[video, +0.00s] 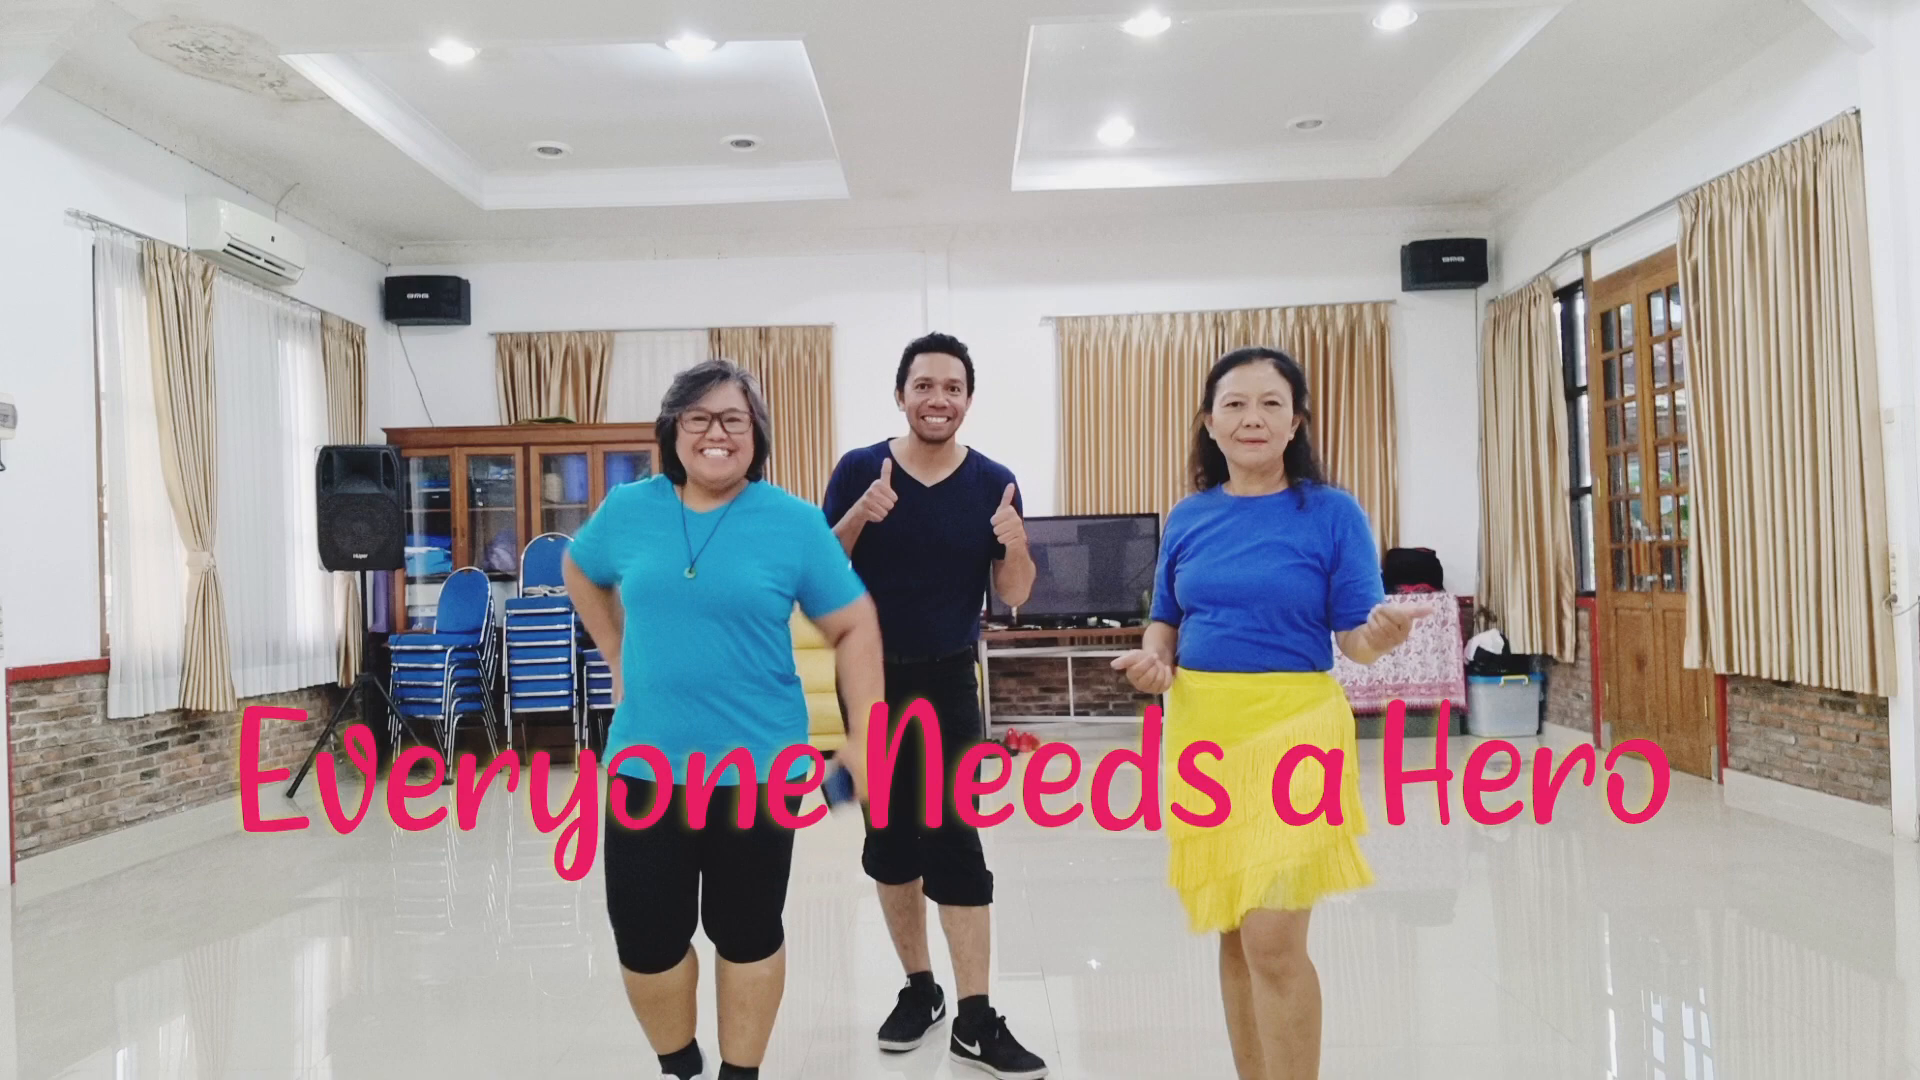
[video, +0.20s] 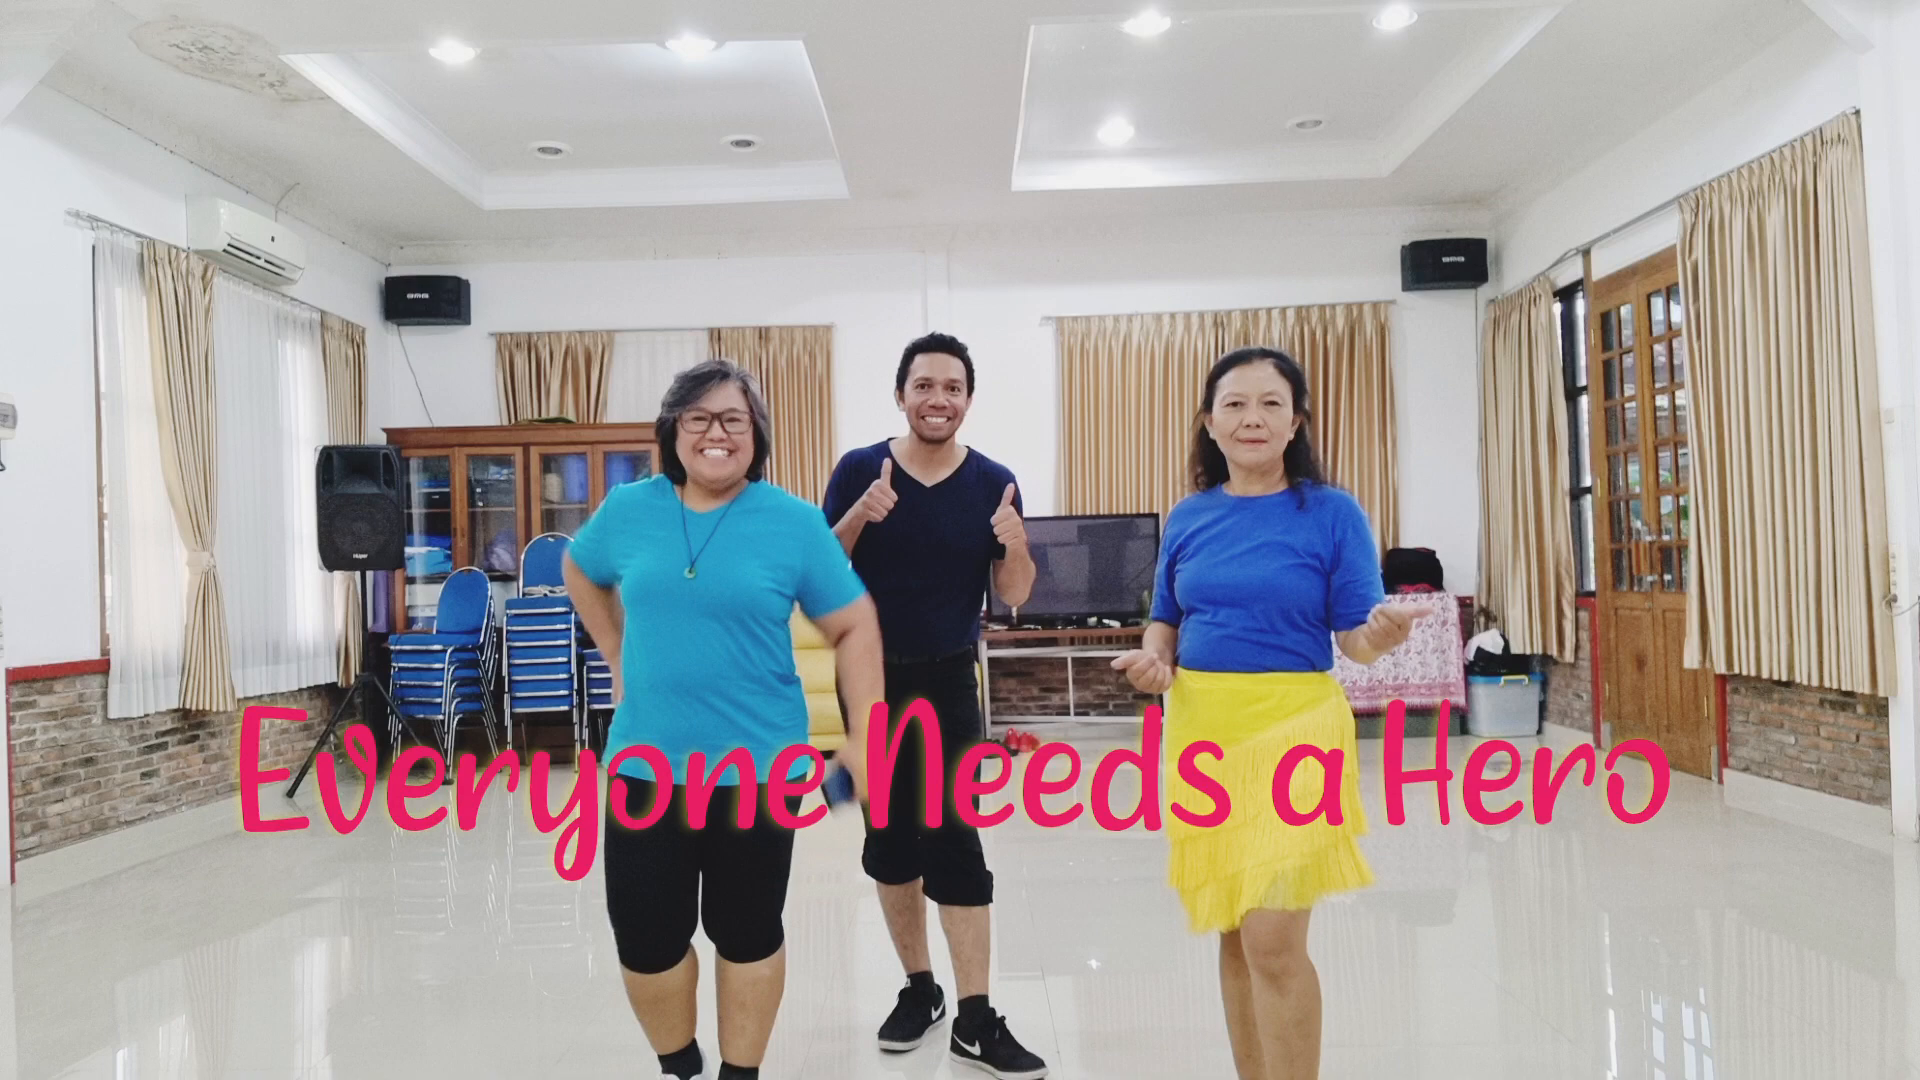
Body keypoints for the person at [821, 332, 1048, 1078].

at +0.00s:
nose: (938, 400)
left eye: (952, 388)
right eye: (924, 386)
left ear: (968, 399)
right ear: (900, 396)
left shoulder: (992, 483)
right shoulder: (858, 472)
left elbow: (1014, 595)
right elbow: (813, 570)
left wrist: (1015, 548)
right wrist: (854, 520)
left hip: (950, 676)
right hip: (872, 676)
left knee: (957, 841)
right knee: (892, 840)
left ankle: (975, 1014)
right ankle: (919, 990)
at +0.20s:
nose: (938, 400)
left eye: (952, 388)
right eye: (924, 386)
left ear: (968, 399)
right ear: (900, 396)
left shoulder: (992, 483)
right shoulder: (858, 472)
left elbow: (1014, 595)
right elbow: (813, 570)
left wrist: (1015, 548)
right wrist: (854, 520)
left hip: (950, 676)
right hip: (872, 676)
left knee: (957, 841)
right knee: (892, 840)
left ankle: (975, 1014)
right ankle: (919, 990)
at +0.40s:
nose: (938, 400)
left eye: (952, 388)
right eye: (924, 386)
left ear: (968, 399)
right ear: (900, 396)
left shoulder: (992, 483)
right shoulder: (858, 472)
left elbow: (1014, 595)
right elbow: (813, 570)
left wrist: (1015, 548)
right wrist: (854, 520)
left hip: (950, 676)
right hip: (872, 676)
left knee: (957, 841)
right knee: (892, 840)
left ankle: (975, 1014)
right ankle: (919, 990)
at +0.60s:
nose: (938, 396)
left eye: (952, 384)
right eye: (924, 382)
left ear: (968, 395)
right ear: (900, 392)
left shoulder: (992, 479)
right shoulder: (858, 468)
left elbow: (1014, 593)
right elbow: (813, 566)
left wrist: (1015, 544)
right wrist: (854, 515)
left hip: (950, 673)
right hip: (872, 673)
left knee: (957, 839)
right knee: (892, 839)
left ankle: (975, 1011)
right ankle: (919, 985)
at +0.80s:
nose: (938, 283)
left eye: (952, 271)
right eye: (924, 270)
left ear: (968, 283)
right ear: (900, 280)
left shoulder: (991, 366)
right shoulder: (858, 355)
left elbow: (1014, 479)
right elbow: (813, 453)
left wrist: (1015, 431)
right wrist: (854, 403)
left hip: (949, 562)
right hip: (870, 560)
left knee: (957, 723)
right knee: (890, 718)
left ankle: (975, 896)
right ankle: (918, 870)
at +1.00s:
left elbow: (1015, 52)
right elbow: (825, 31)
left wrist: (1015, 6)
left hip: (948, 130)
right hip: (870, 128)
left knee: (956, 302)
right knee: (890, 297)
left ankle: (975, 475)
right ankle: (919, 448)